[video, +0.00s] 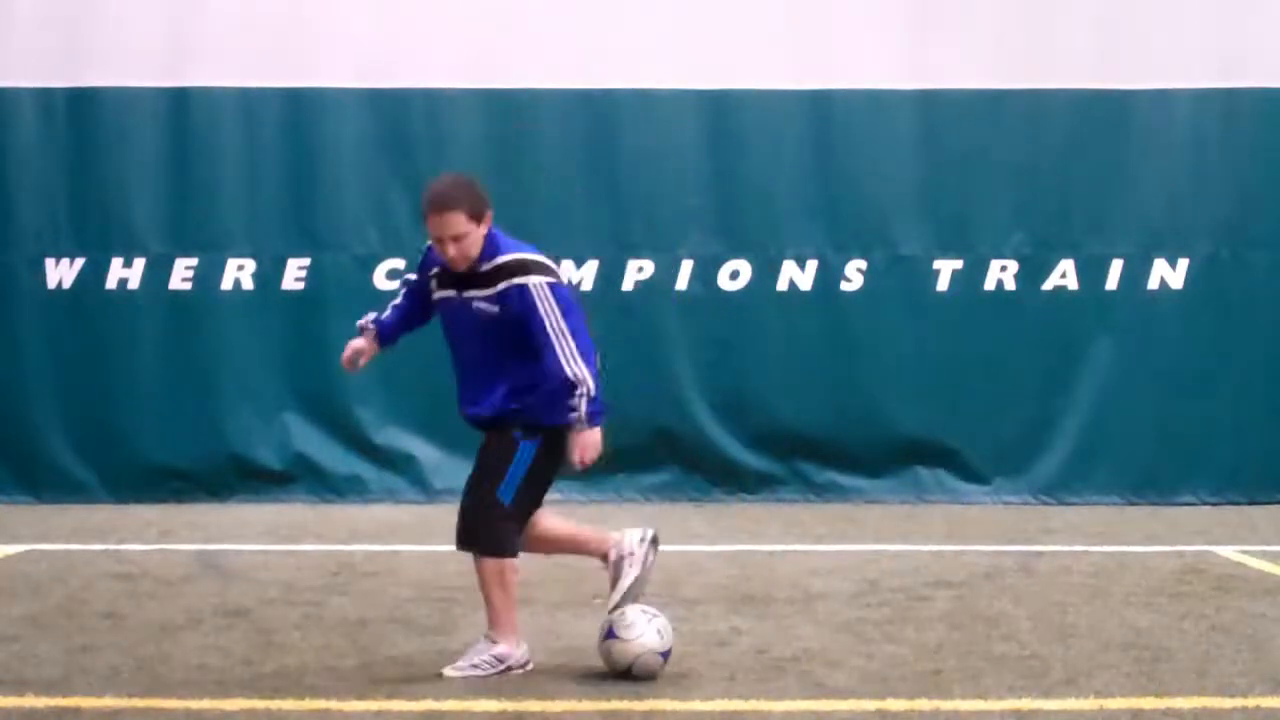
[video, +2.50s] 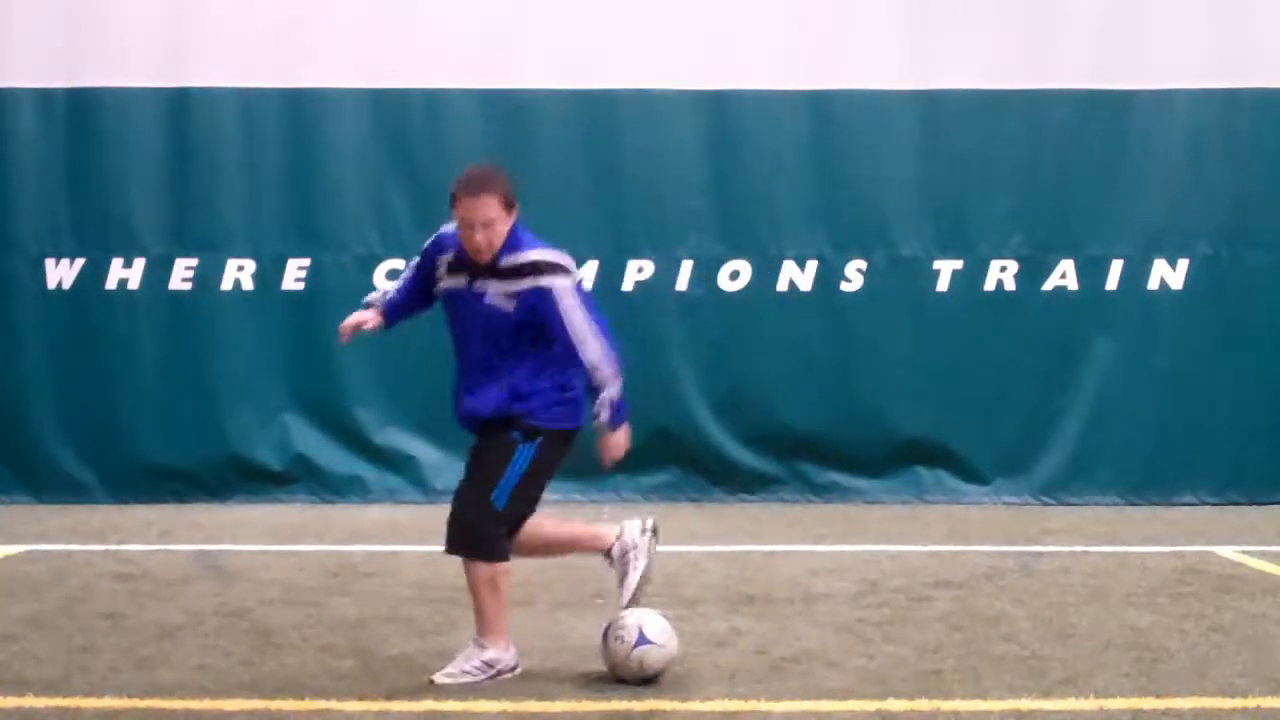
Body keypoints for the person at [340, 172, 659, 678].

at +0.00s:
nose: (448, 251)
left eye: (457, 238)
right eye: (439, 241)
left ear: (484, 224)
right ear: (429, 234)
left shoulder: (524, 269)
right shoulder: (437, 270)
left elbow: (568, 341)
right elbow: (411, 304)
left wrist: (586, 417)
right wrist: (375, 336)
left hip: (538, 417)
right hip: (501, 419)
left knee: (486, 520)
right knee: (497, 523)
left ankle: (506, 645)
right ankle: (616, 547)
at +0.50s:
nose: (535, 201)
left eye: (545, 189)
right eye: (526, 191)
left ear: (567, 184)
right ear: (512, 191)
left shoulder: (609, 230)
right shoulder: (496, 238)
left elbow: (657, 292)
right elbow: (465, 296)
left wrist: (678, 353)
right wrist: (440, 346)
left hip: (602, 395)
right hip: (527, 402)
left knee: (649, 481)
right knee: (497, 512)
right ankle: (490, 622)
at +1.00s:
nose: (729, 181)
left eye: (739, 169)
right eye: (717, 169)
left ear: (756, 163)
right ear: (699, 164)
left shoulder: (786, 197)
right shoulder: (673, 208)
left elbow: (814, 243)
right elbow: (616, 265)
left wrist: (803, 285)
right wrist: (593, 338)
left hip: (750, 357)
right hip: (685, 350)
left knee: (772, 479)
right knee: (732, 450)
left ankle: (697, 572)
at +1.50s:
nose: (763, 188)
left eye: (774, 176)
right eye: (752, 175)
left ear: (790, 171)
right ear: (734, 169)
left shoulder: (810, 212)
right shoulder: (701, 212)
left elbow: (837, 266)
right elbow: (638, 260)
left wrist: (846, 316)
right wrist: (616, 340)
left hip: (777, 377)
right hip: (709, 379)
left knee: (786, 494)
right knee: (743, 488)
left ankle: (752, 624)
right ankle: (770, 624)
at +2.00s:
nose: (600, 169)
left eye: (610, 157)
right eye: (590, 159)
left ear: (634, 154)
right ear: (578, 161)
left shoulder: (669, 201)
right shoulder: (555, 214)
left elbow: (715, 254)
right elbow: (523, 276)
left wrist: (709, 314)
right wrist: (504, 333)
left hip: (657, 366)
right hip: (586, 378)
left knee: (676, 444)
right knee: (568, 503)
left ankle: (672, 562)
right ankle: (578, 618)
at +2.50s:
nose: (476, 238)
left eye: (487, 225)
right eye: (467, 226)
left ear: (511, 216)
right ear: (454, 219)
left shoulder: (544, 268)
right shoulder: (446, 250)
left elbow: (591, 342)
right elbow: (418, 287)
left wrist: (612, 416)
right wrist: (382, 313)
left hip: (542, 416)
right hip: (494, 415)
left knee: (476, 523)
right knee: (495, 530)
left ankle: (495, 650)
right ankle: (617, 541)